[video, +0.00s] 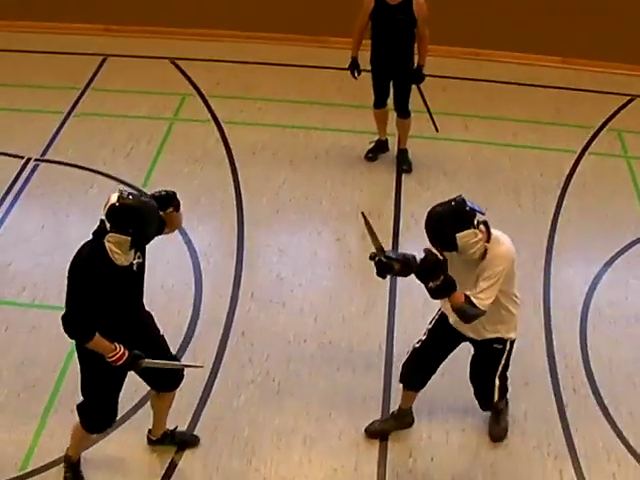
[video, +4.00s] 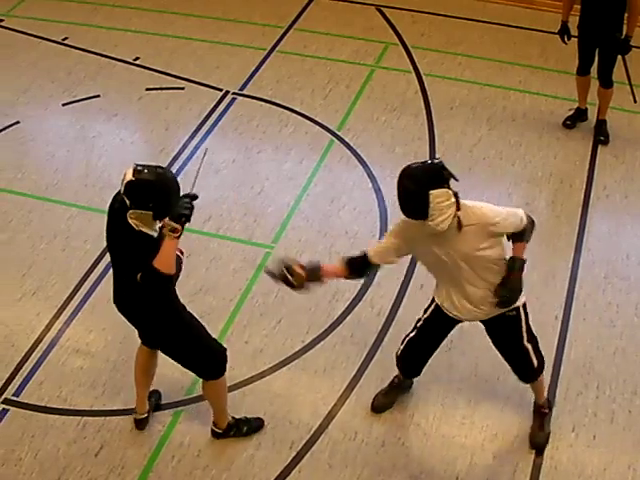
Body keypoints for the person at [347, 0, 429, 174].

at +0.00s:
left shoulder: (416, 4)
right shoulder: (372, 3)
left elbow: (422, 34)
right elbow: (361, 27)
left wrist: (420, 65)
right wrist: (354, 56)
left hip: (403, 65)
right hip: (379, 64)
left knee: (402, 108)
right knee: (379, 103)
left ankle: (402, 150)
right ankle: (381, 141)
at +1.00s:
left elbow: (537, 2)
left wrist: (534, 27)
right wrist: (470, 15)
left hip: (518, 23)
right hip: (493, 21)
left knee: (514, 70)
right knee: (491, 62)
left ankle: (512, 112)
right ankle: (491, 102)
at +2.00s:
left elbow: (552, 3)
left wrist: (548, 30)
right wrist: (485, 17)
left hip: (532, 26)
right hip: (507, 23)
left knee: (527, 71)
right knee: (504, 64)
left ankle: (524, 115)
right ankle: (504, 103)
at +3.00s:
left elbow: (600, 5)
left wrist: (595, 32)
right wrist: (531, 18)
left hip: (579, 28)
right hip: (554, 24)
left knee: (572, 74)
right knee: (550, 66)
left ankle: (569, 117)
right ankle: (549, 105)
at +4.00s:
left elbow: (634, 7)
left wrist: (628, 37)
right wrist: (564, 21)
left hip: (612, 31)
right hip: (587, 27)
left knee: (605, 77)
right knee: (583, 70)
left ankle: (601, 121)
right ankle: (581, 109)